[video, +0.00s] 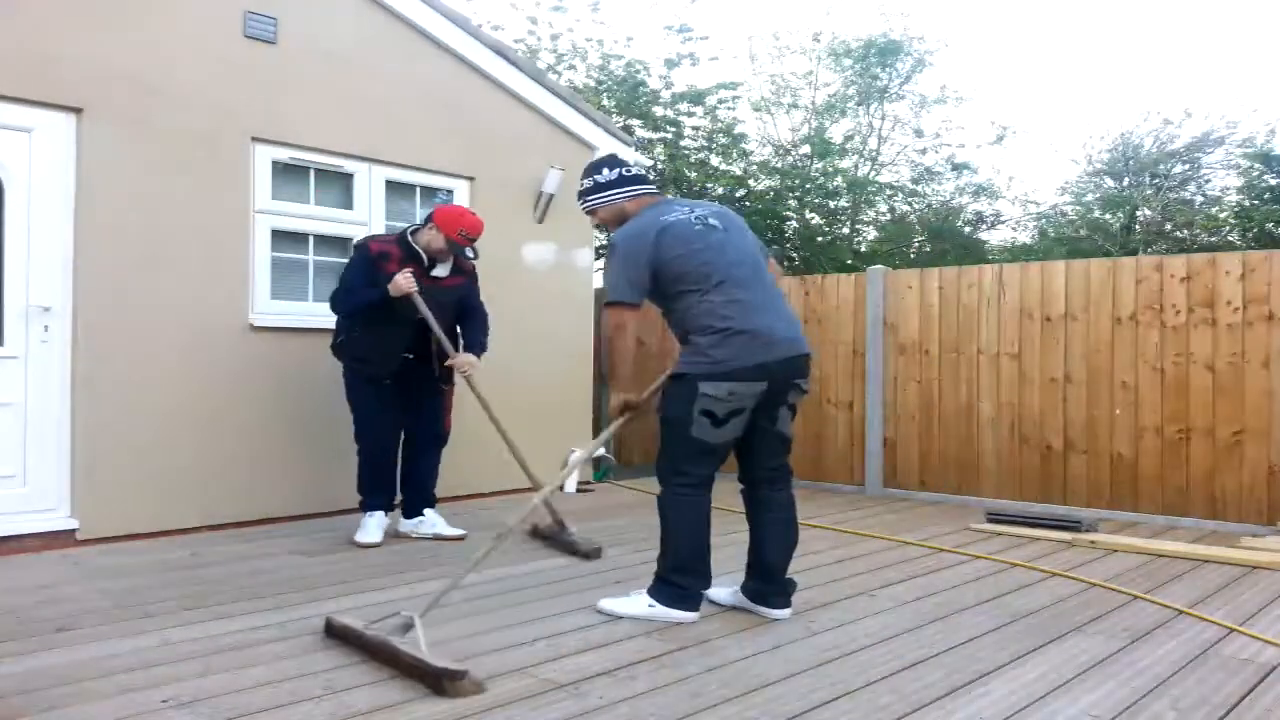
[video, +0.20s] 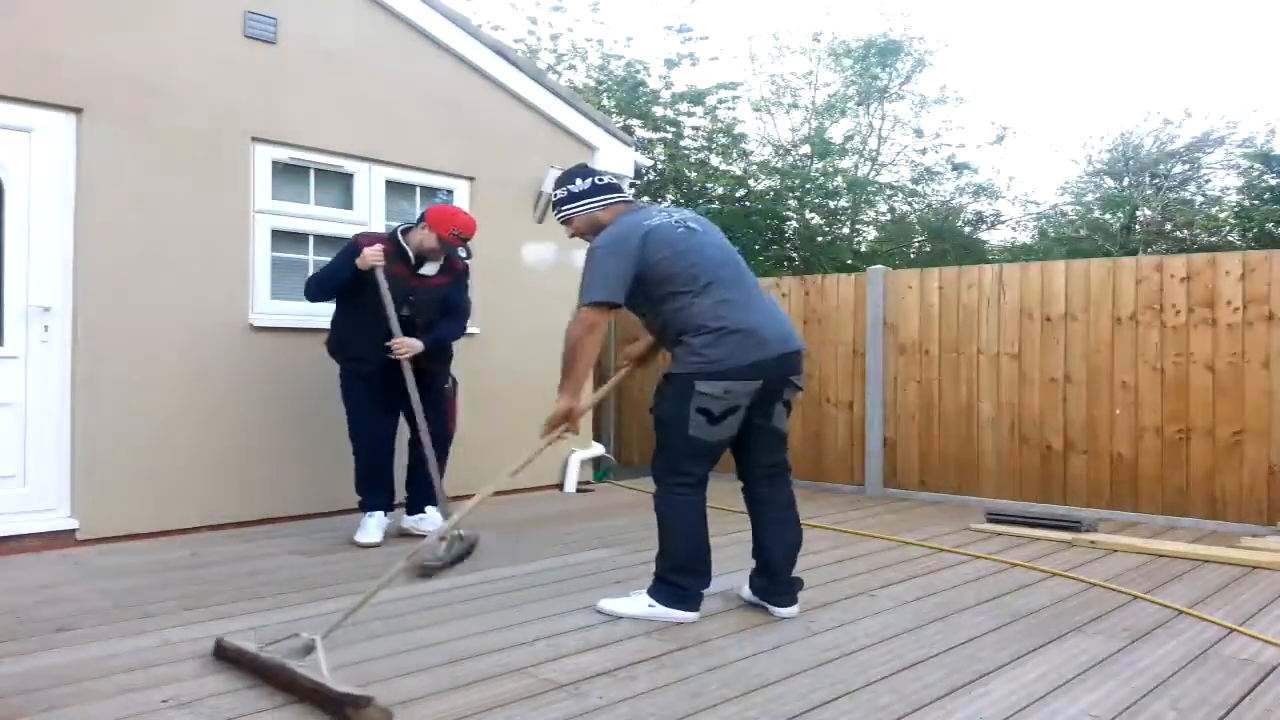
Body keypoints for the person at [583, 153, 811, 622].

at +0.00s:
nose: (595, 222)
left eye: (595, 209)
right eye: (591, 213)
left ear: (621, 196)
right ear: (642, 193)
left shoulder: (634, 235)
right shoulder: (717, 214)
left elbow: (619, 323)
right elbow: (765, 276)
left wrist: (620, 390)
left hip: (721, 360)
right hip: (787, 355)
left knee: (683, 477)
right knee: (767, 474)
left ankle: (676, 594)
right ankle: (768, 590)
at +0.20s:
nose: (571, 232)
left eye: (569, 219)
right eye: (565, 223)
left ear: (591, 205)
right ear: (612, 199)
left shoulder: (615, 237)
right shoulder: (678, 217)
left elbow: (590, 319)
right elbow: (705, 288)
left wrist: (570, 393)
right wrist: (653, 341)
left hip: (716, 359)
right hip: (779, 350)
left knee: (679, 476)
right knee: (766, 472)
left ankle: (676, 594)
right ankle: (778, 588)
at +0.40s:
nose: (573, 225)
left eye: (574, 213)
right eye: (570, 215)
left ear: (601, 203)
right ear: (618, 199)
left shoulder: (617, 239)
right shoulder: (685, 218)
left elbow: (579, 315)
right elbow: (683, 303)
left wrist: (540, 390)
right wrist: (622, 345)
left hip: (716, 360)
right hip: (779, 349)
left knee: (679, 477)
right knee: (781, 466)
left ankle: (676, 594)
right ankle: (818, 577)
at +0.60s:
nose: (600, 218)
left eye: (602, 206)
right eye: (597, 209)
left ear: (630, 197)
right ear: (648, 194)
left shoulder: (645, 233)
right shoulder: (712, 217)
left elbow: (607, 311)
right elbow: (731, 289)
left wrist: (587, 375)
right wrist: (670, 334)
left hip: (722, 362)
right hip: (781, 353)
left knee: (683, 474)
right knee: (790, 465)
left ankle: (677, 594)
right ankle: (827, 568)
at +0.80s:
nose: (657, 215)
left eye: (659, 204)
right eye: (654, 206)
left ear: (684, 198)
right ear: (704, 195)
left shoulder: (695, 236)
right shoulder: (767, 224)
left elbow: (675, 313)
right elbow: (810, 288)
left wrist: (665, 366)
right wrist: (748, 318)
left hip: (740, 368)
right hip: (797, 364)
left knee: (691, 474)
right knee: (786, 466)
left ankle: (678, 591)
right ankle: (830, 571)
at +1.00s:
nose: (703, 215)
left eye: (706, 205)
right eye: (700, 206)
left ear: (730, 196)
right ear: (749, 195)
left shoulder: (741, 234)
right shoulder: (810, 222)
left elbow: (725, 311)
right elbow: (861, 269)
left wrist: (732, 363)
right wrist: (814, 302)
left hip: (782, 363)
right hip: (836, 360)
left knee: (737, 469)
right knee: (808, 463)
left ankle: (728, 582)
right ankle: (832, 571)